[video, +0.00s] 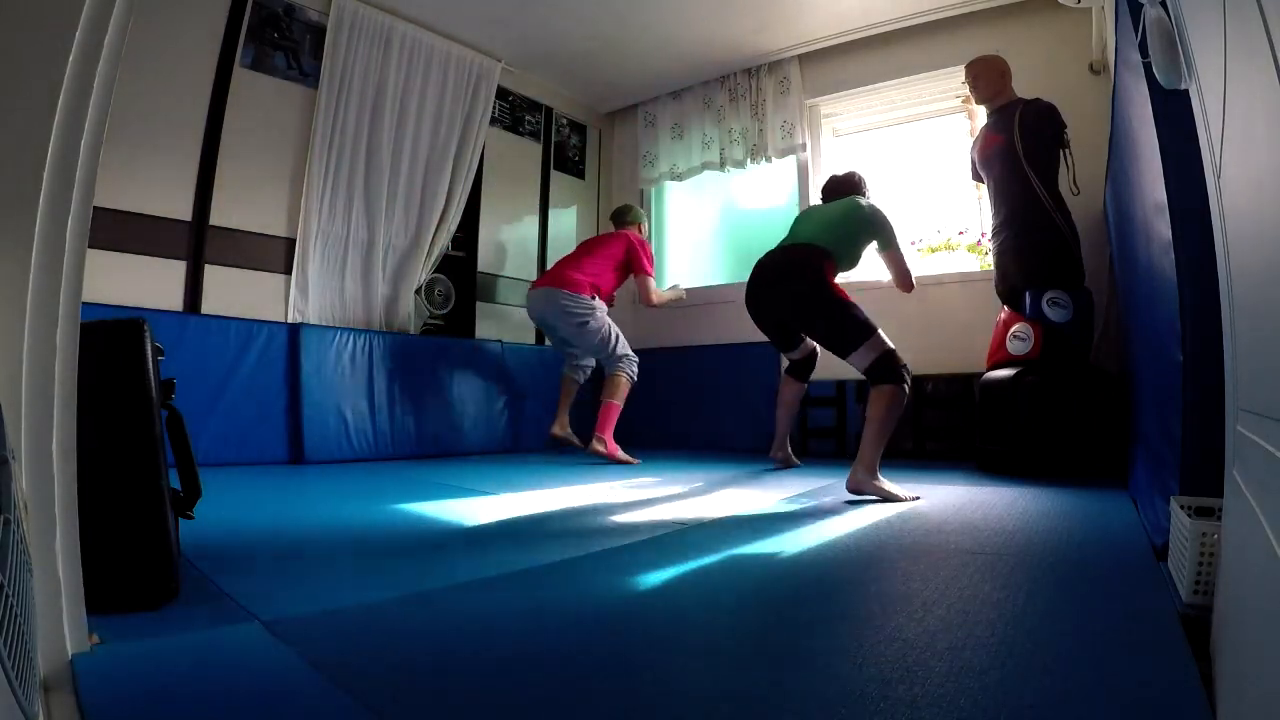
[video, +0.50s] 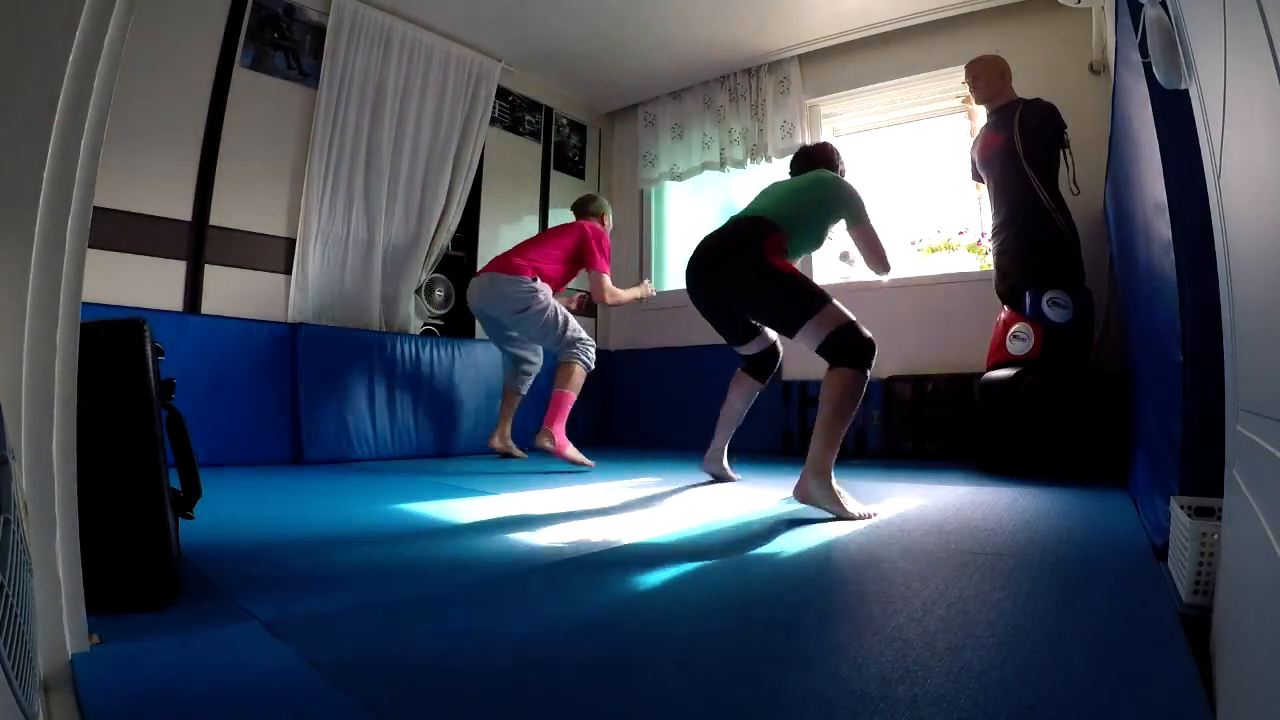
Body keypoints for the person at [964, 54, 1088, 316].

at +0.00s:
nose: (970, 85)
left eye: (975, 77)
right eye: (967, 81)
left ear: (1003, 75)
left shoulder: (1038, 112)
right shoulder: (981, 140)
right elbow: (977, 174)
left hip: (1050, 244)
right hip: (1008, 252)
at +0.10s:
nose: (970, 85)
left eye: (976, 77)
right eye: (968, 81)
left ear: (1003, 75)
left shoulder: (1037, 112)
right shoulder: (981, 140)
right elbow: (978, 176)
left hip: (1050, 245)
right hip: (1009, 252)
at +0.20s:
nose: (970, 85)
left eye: (976, 77)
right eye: (968, 81)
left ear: (1003, 75)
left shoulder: (1037, 112)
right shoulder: (981, 140)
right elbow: (978, 176)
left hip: (1050, 244)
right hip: (1008, 251)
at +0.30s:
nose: (970, 85)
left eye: (976, 77)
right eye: (967, 81)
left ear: (1003, 75)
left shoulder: (1038, 112)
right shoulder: (981, 139)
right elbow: (977, 175)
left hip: (1051, 245)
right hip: (1008, 252)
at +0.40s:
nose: (970, 85)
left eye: (975, 76)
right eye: (967, 81)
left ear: (1003, 75)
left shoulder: (1037, 112)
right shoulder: (980, 141)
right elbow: (977, 175)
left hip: (1050, 244)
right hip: (1008, 252)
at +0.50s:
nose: (970, 85)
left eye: (975, 76)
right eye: (967, 81)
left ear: (1003, 75)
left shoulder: (1037, 112)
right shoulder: (980, 141)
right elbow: (977, 176)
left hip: (1051, 245)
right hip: (1008, 252)